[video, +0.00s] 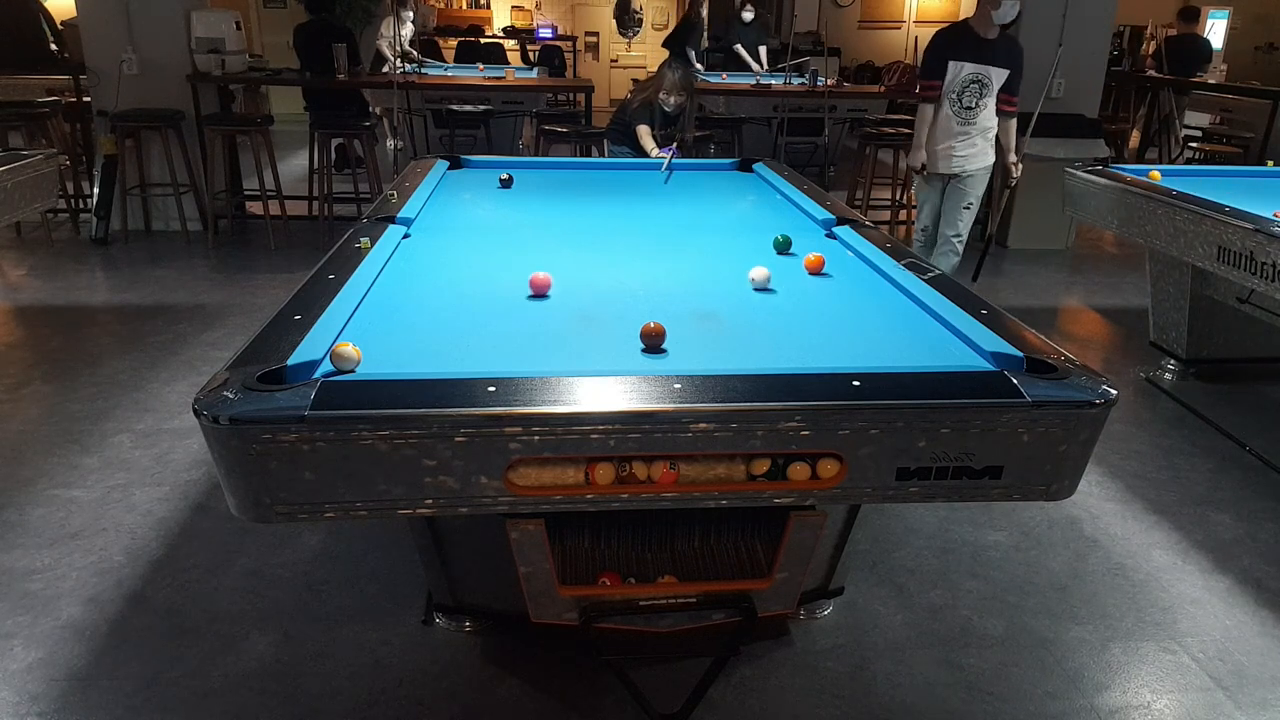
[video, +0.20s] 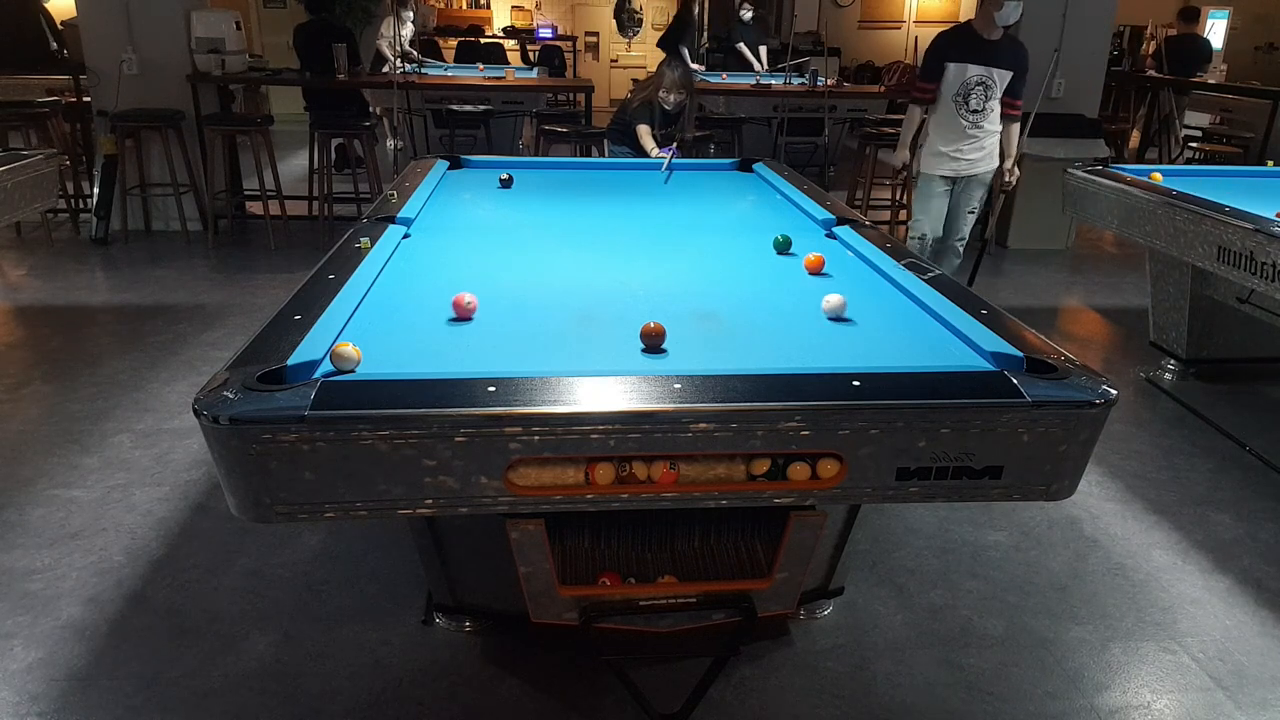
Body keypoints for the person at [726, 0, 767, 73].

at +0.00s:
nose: (747, 15)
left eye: (750, 12)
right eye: (745, 11)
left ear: (754, 14)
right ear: (740, 12)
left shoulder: (758, 26)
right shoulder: (734, 25)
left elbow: (762, 46)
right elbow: (736, 46)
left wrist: (765, 65)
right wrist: (753, 64)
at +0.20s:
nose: (745, 13)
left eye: (748, 10)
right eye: (743, 9)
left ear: (753, 13)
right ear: (739, 11)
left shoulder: (758, 27)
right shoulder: (734, 26)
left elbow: (762, 46)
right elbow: (740, 46)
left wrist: (765, 65)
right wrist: (755, 63)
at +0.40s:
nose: (742, 11)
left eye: (746, 9)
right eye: (740, 8)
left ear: (751, 12)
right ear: (737, 11)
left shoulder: (758, 25)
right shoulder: (733, 24)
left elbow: (762, 45)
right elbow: (738, 45)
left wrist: (765, 65)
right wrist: (753, 62)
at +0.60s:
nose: (740, 11)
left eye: (743, 8)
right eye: (738, 8)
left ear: (750, 12)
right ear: (735, 10)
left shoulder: (757, 25)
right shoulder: (732, 25)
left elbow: (762, 46)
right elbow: (736, 45)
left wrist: (765, 66)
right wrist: (750, 63)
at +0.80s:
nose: (738, 11)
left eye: (742, 8)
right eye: (736, 8)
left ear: (748, 11)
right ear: (734, 10)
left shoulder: (757, 25)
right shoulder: (731, 25)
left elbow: (761, 46)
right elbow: (734, 46)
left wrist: (765, 65)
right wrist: (748, 64)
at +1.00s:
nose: (736, 11)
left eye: (739, 7)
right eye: (735, 7)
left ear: (747, 10)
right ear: (732, 10)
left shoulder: (756, 25)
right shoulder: (730, 25)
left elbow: (761, 46)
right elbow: (734, 46)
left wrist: (765, 66)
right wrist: (748, 64)